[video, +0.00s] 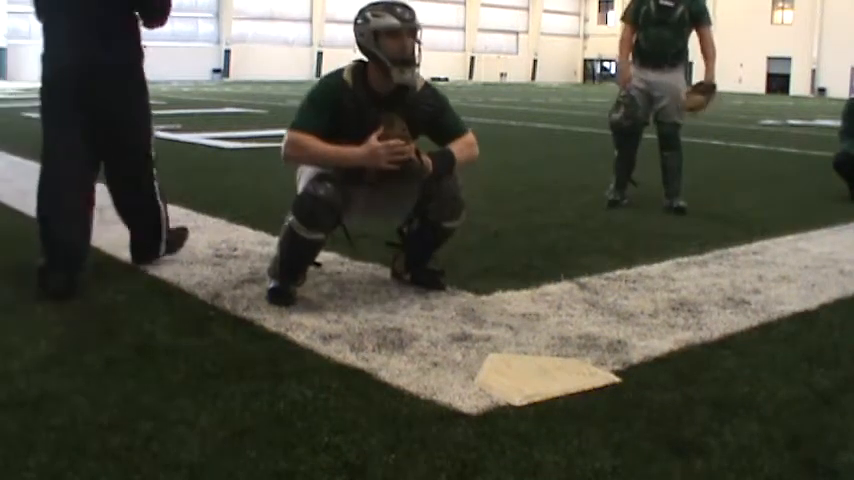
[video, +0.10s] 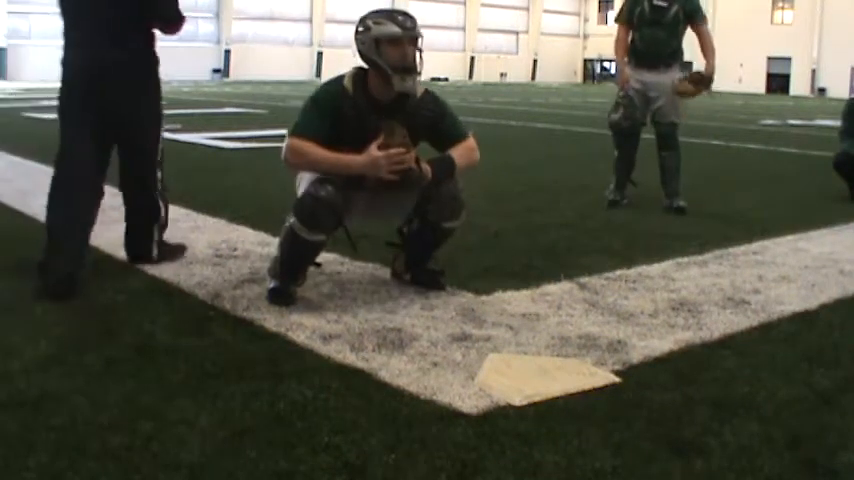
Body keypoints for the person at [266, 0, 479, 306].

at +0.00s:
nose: (406, 46)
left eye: (410, 37)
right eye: (394, 37)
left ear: (417, 40)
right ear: (369, 42)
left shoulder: (421, 95)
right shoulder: (334, 89)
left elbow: (469, 147)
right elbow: (293, 148)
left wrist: (429, 163)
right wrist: (362, 156)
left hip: (392, 187)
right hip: (337, 185)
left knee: (445, 190)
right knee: (322, 193)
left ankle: (412, 266)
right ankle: (285, 278)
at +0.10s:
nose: (408, 55)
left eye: (411, 45)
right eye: (396, 46)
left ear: (418, 48)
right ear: (370, 50)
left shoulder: (423, 103)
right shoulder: (334, 96)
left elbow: (470, 151)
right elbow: (294, 153)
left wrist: (427, 170)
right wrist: (363, 163)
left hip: (392, 192)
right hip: (336, 189)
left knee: (445, 193)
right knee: (323, 197)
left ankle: (412, 266)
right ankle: (285, 278)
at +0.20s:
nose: (407, 65)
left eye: (411, 56)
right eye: (395, 56)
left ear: (417, 58)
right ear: (369, 61)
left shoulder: (420, 111)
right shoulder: (337, 105)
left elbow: (473, 154)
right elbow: (295, 164)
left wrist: (427, 174)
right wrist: (365, 172)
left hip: (393, 203)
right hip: (341, 202)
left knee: (447, 196)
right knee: (321, 200)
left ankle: (411, 267)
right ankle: (285, 279)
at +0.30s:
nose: (405, 67)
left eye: (409, 58)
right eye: (393, 59)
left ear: (415, 60)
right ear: (368, 63)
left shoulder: (421, 113)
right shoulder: (336, 109)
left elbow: (473, 155)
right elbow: (298, 168)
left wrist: (427, 176)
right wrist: (368, 173)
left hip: (396, 214)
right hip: (343, 213)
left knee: (450, 198)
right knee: (320, 201)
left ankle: (411, 267)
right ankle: (285, 280)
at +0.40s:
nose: (405, 59)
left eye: (409, 50)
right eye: (393, 51)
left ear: (416, 53)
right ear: (368, 55)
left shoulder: (422, 107)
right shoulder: (335, 102)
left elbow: (470, 152)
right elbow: (299, 164)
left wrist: (426, 175)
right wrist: (368, 170)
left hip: (393, 199)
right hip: (340, 200)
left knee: (448, 198)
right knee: (324, 203)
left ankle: (410, 267)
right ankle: (285, 279)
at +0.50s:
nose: (408, 54)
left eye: (411, 45)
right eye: (395, 45)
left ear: (417, 47)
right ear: (369, 50)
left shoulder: (421, 100)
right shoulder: (334, 96)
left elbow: (470, 147)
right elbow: (299, 162)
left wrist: (426, 173)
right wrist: (369, 168)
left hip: (392, 198)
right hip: (339, 198)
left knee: (446, 193)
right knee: (322, 199)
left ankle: (411, 266)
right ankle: (286, 278)